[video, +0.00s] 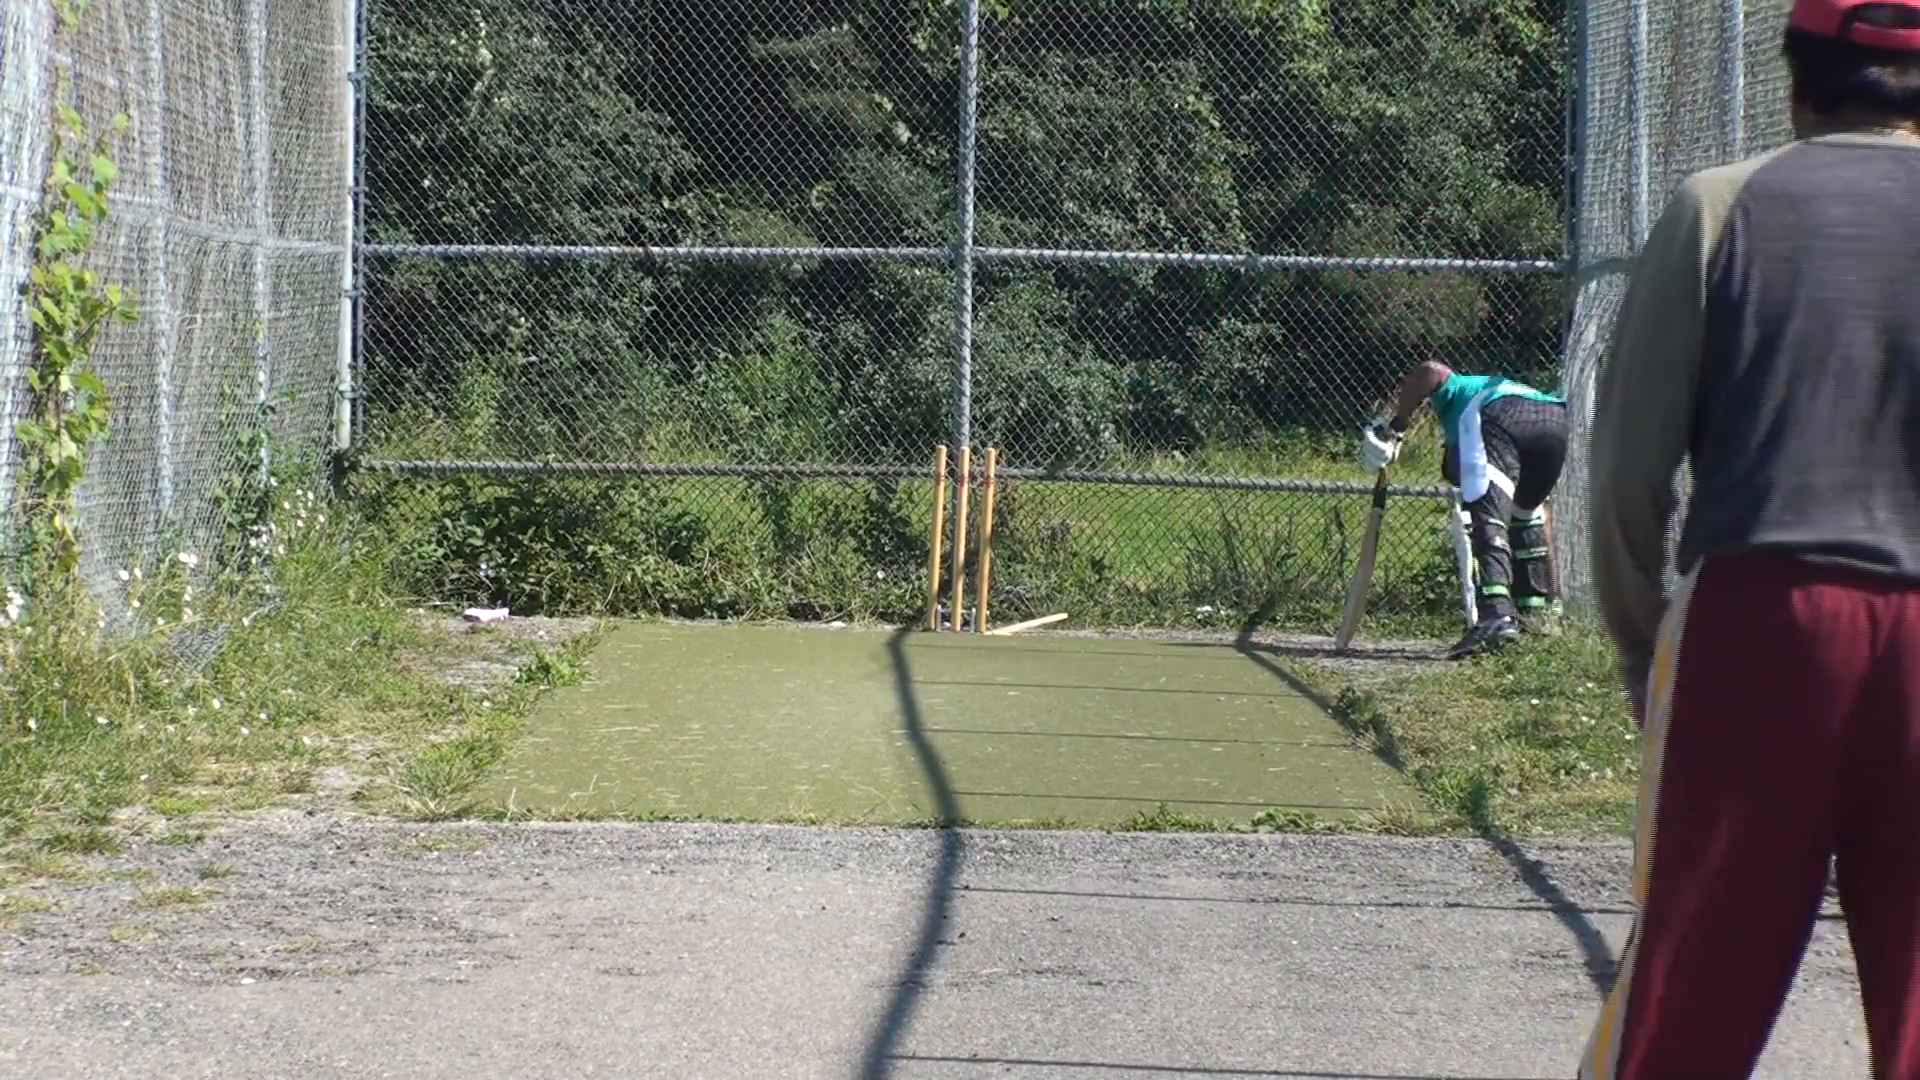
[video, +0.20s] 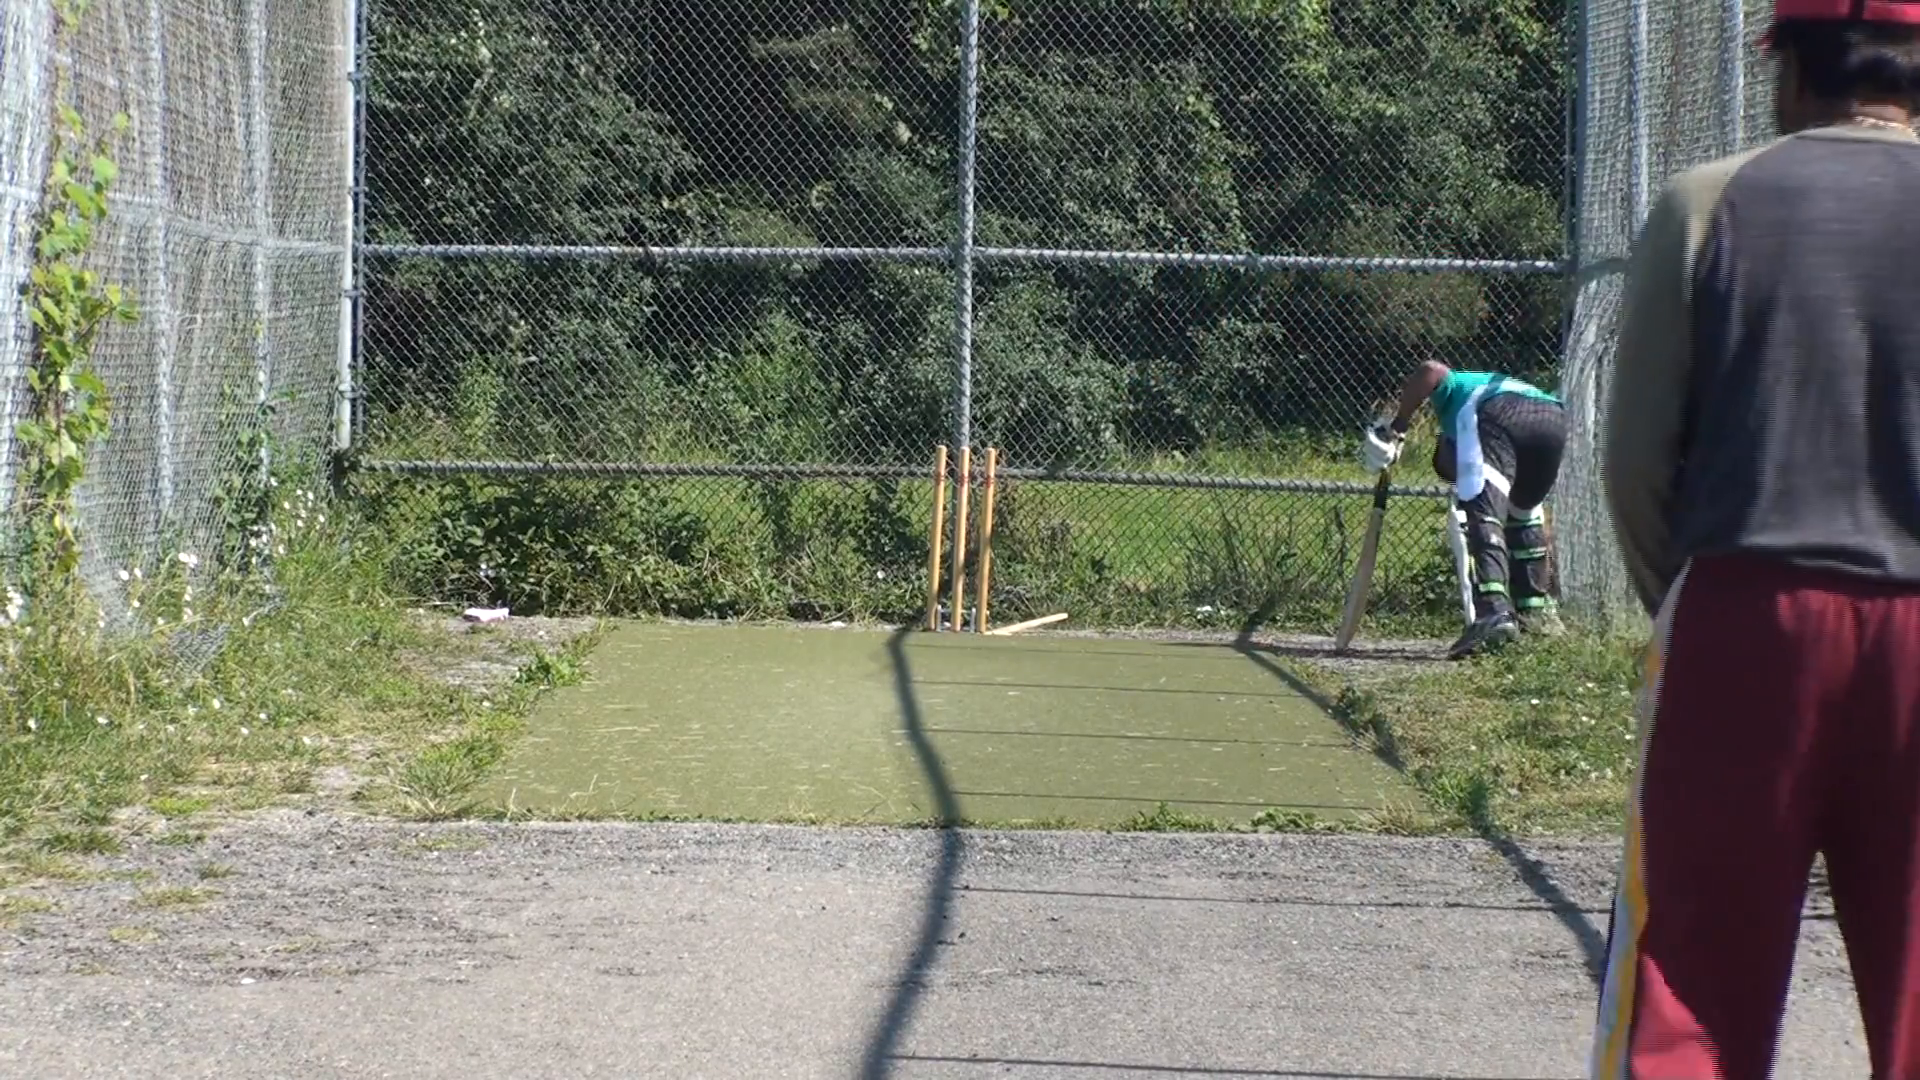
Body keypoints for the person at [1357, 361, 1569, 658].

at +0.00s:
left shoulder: (1456, 393)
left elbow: (1431, 370)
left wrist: (1395, 425)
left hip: (1500, 413)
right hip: (1558, 418)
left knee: (1490, 517)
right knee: (1527, 513)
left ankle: (1497, 616)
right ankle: (1537, 609)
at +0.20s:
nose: (1457, 479)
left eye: (1448, 472)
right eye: (1452, 475)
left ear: (1446, 443)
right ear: (1459, 444)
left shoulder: (1454, 393)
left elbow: (1431, 369)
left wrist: (1396, 427)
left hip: (1498, 410)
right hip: (1554, 415)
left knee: (1485, 513)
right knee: (1525, 513)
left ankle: (1494, 614)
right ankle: (1537, 609)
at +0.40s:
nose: (1435, 422)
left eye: (1430, 414)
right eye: (1430, 418)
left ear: (1431, 390)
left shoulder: (1441, 346)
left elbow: (1424, 364)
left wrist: (1391, 426)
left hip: (1498, 398)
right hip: (1543, 399)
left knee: (1468, 508)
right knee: (1523, 510)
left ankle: (1489, 601)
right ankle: (1532, 606)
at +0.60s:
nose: (1415, 329)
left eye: (1415, 320)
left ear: (1426, 303)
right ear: (1452, 299)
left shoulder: (1431, 308)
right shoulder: (1482, 317)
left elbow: (1420, 361)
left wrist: (1393, 422)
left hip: (1487, 392)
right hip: (1527, 386)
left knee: (1443, 497)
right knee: (1509, 494)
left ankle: (1466, 611)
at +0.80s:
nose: (1402, 271)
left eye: (1403, 261)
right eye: (1399, 262)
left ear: (1421, 253)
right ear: (1450, 251)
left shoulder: (1423, 287)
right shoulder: (1491, 283)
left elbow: (1411, 360)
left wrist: (1385, 424)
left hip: (1473, 392)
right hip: (1524, 387)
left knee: (1433, 507)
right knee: (1510, 500)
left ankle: (1455, 622)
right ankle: (1539, 611)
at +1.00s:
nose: (1391, 232)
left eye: (1397, 223)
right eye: (1392, 222)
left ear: (1419, 225)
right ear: (1442, 226)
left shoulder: (1420, 275)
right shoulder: (1482, 264)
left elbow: (1408, 358)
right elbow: (1507, 333)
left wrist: (1382, 418)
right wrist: (1450, 382)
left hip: (1459, 409)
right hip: (1505, 402)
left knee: (1428, 508)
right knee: (1485, 504)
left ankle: (1452, 625)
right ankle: (1517, 611)